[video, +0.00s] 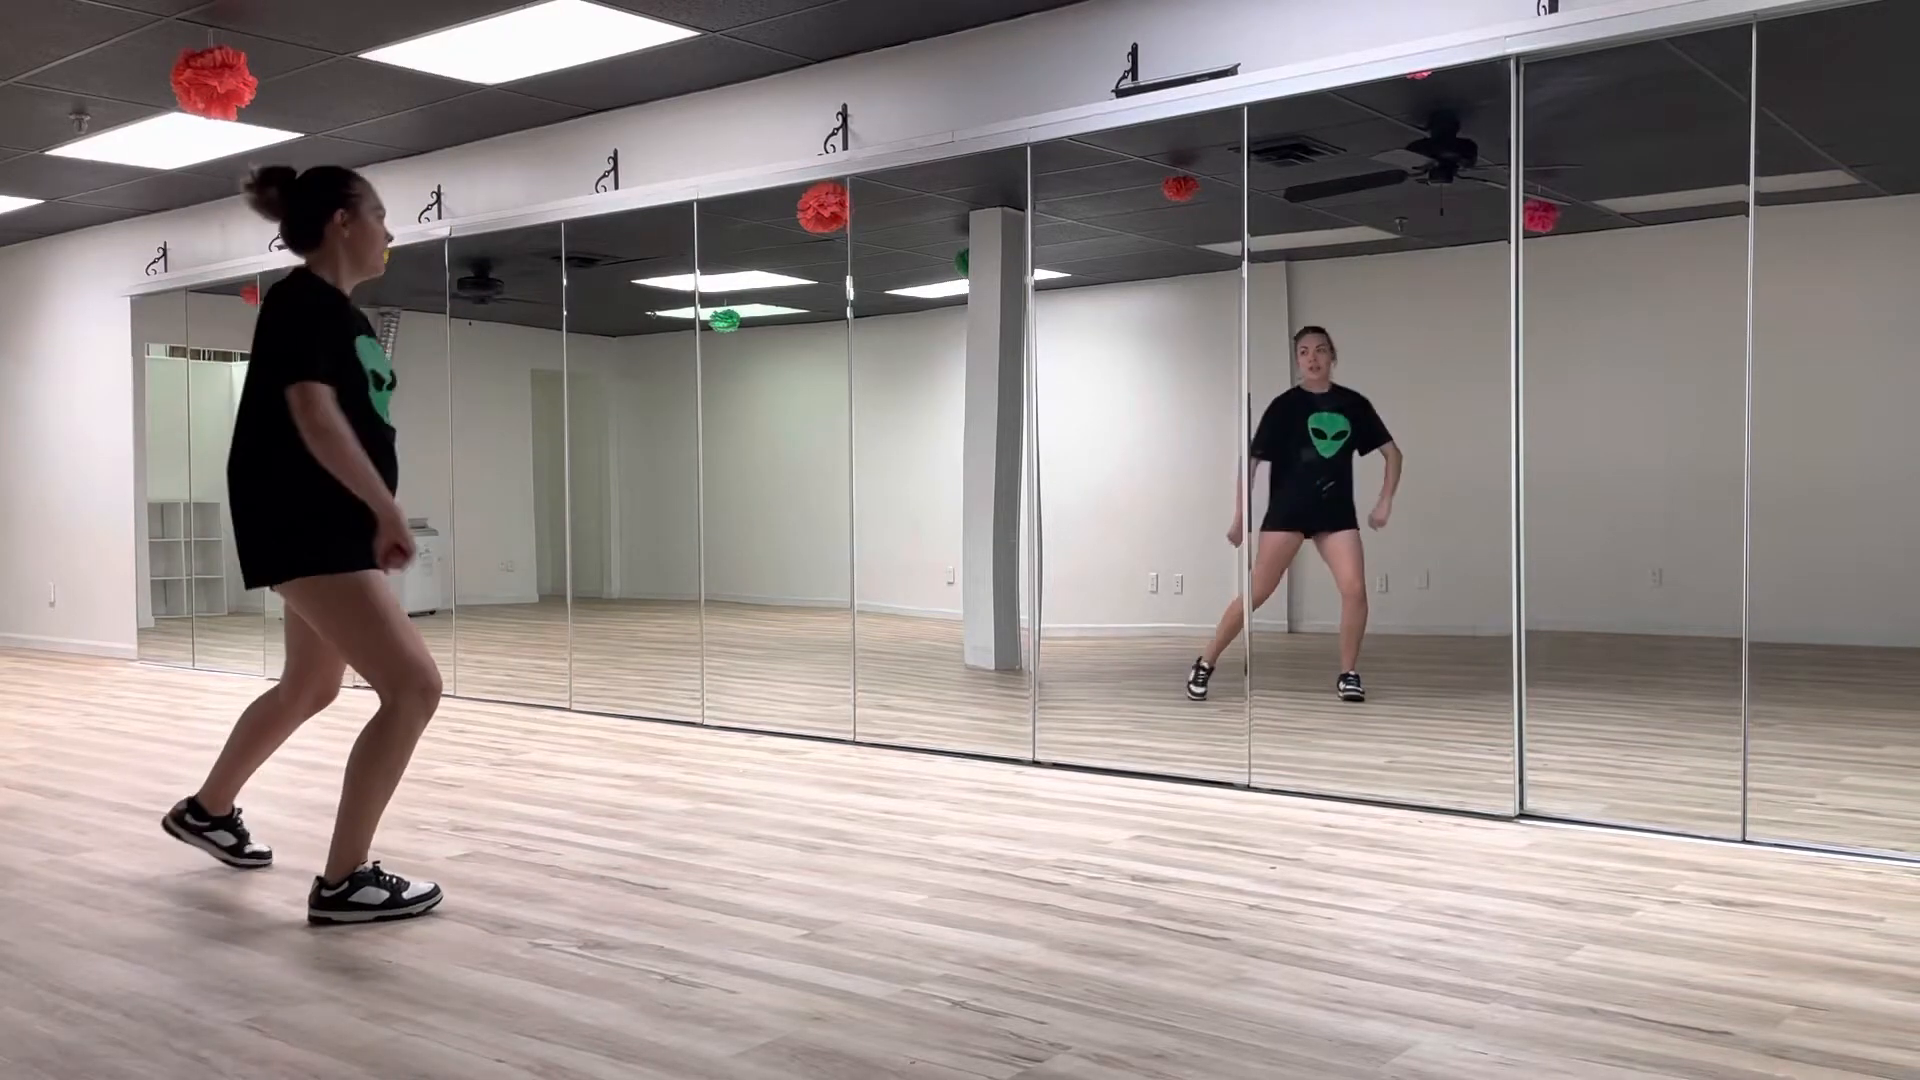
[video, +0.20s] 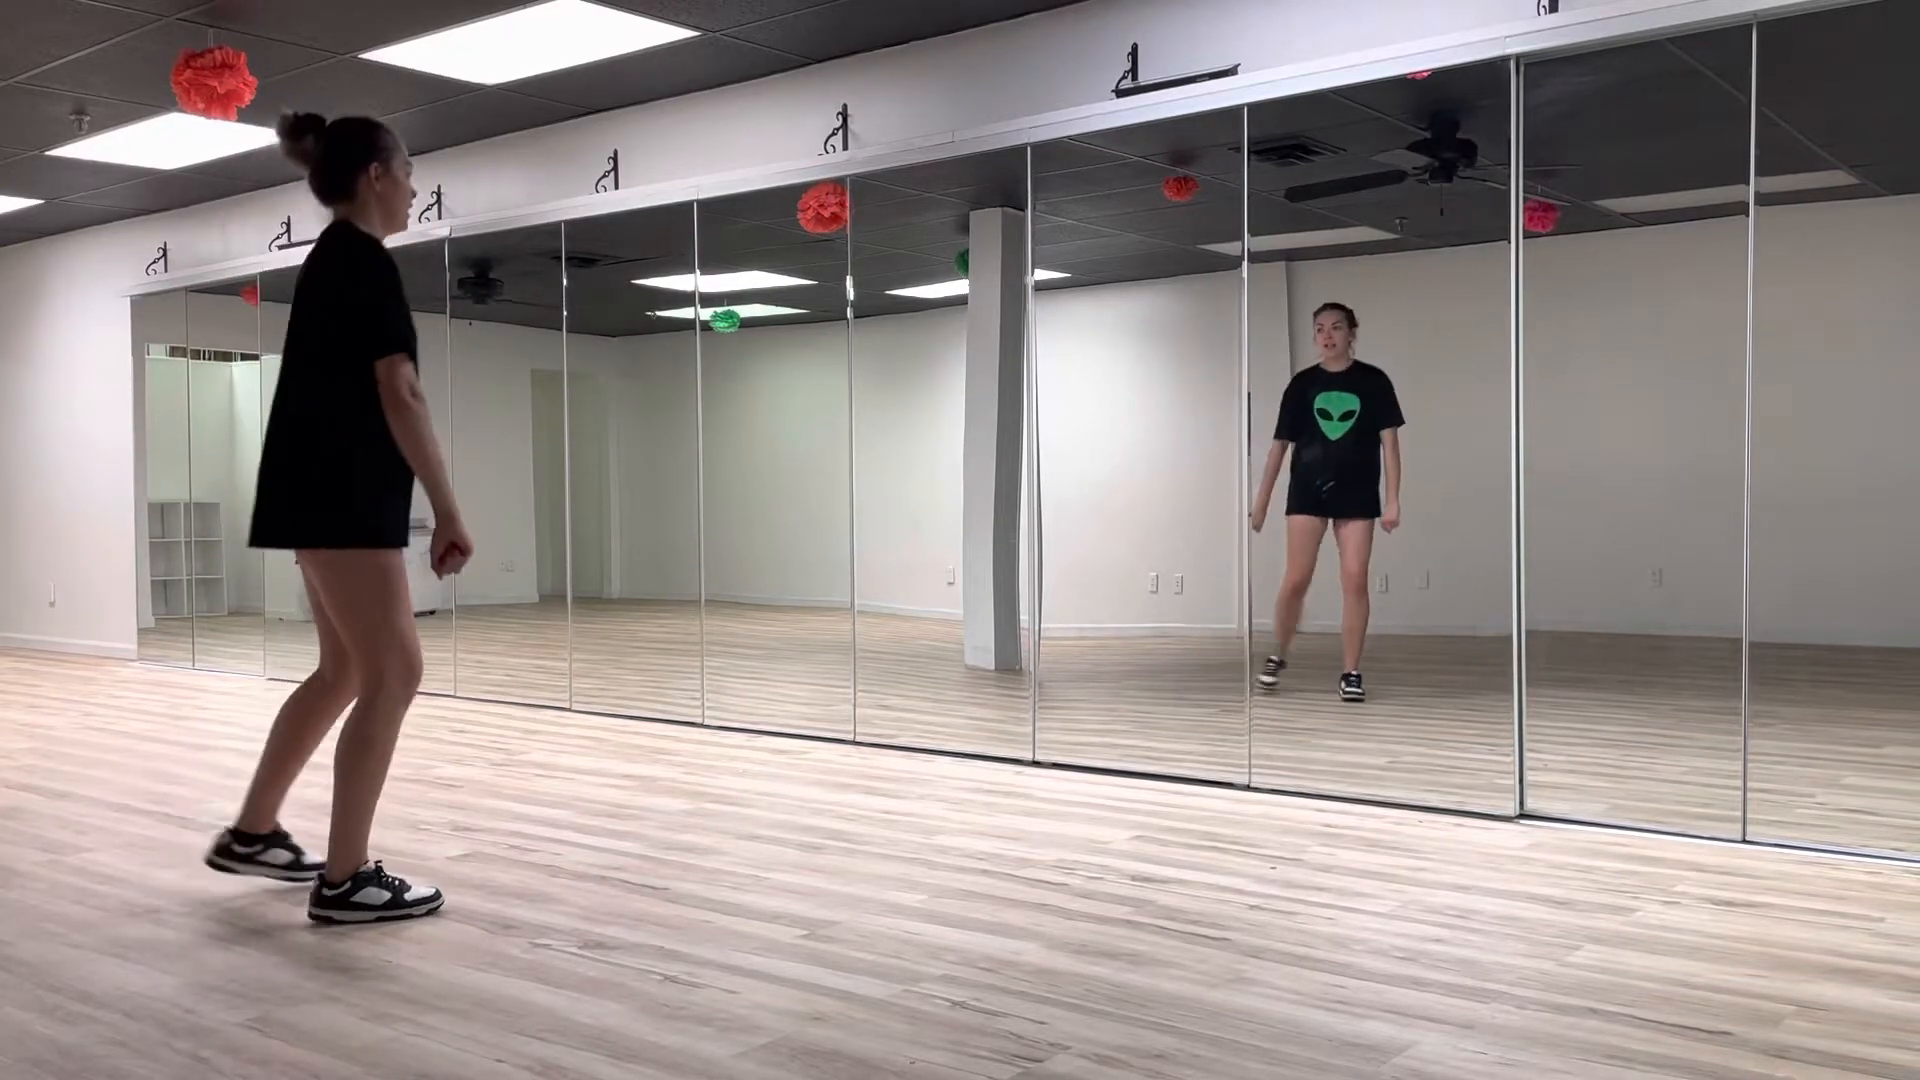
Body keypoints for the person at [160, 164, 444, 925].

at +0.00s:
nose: (389, 233)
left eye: (385, 219)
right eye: (380, 218)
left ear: (334, 227)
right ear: (343, 224)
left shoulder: (332, 309)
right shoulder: (305, 301)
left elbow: (336, 423)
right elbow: (314, 416)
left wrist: (375, 518)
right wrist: (386, 507)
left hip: (318, 524)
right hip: (306, 524)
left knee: (309, 684)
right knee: (414, 687)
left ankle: (208, 807)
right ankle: (345, 876)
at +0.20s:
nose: (414, 187)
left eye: (410, 170)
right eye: (407, 171)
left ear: (348, 181)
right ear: (375, 178)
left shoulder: (329, 259)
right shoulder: (367, 262)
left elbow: (334, 392)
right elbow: (400, 392)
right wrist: (447, 509)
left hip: (309, 491)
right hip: (350, 495)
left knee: (342, 669)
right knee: (395, 672)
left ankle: (252, 830)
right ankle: (347, 874)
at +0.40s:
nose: (425, 181)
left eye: (422, 165)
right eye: (420, 165)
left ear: (347, 170)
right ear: (393, 165)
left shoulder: (323, 256)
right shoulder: (395, 254)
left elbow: (321, 393)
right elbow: (420, 391)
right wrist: (452, 511)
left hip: (311, 484)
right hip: (377, 487)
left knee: (338, 676)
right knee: (377, 678)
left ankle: (326, 869)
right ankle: (350, 873)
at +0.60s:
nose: (428, 186)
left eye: (426, 171)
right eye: (424, 171)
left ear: (353, 175)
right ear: (397, 170)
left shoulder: (317, 259)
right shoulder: (404, 258)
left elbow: (311, 395)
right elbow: (419, 398)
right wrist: (440, 519)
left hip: (310, 489)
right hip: (383, 493)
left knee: (335, 681)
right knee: (377, 685)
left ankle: (328, 872)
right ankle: (346, 876)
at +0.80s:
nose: (427, 194)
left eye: (423, 178)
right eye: (419, 178)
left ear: (352, 184)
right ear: (390, 181)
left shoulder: (316, 268)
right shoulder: (397, 267)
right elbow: (435, 400)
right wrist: (485, 518)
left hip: (304, 493)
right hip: (381, 495)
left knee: (352, 674)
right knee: (426, 672)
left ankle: (326, 877)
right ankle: (353, 864)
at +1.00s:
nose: (430, 196)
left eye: (429, 181)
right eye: (424, 179)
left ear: (363, 180)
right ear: (388, 177)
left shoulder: (333, 254)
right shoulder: (381, 254)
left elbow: (487, 288)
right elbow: (507, 291)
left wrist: (580, 270)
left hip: (316, 487)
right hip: (378, 484)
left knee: (367, 676)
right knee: (512, 629)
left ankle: (330, 876)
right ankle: (386, 789)